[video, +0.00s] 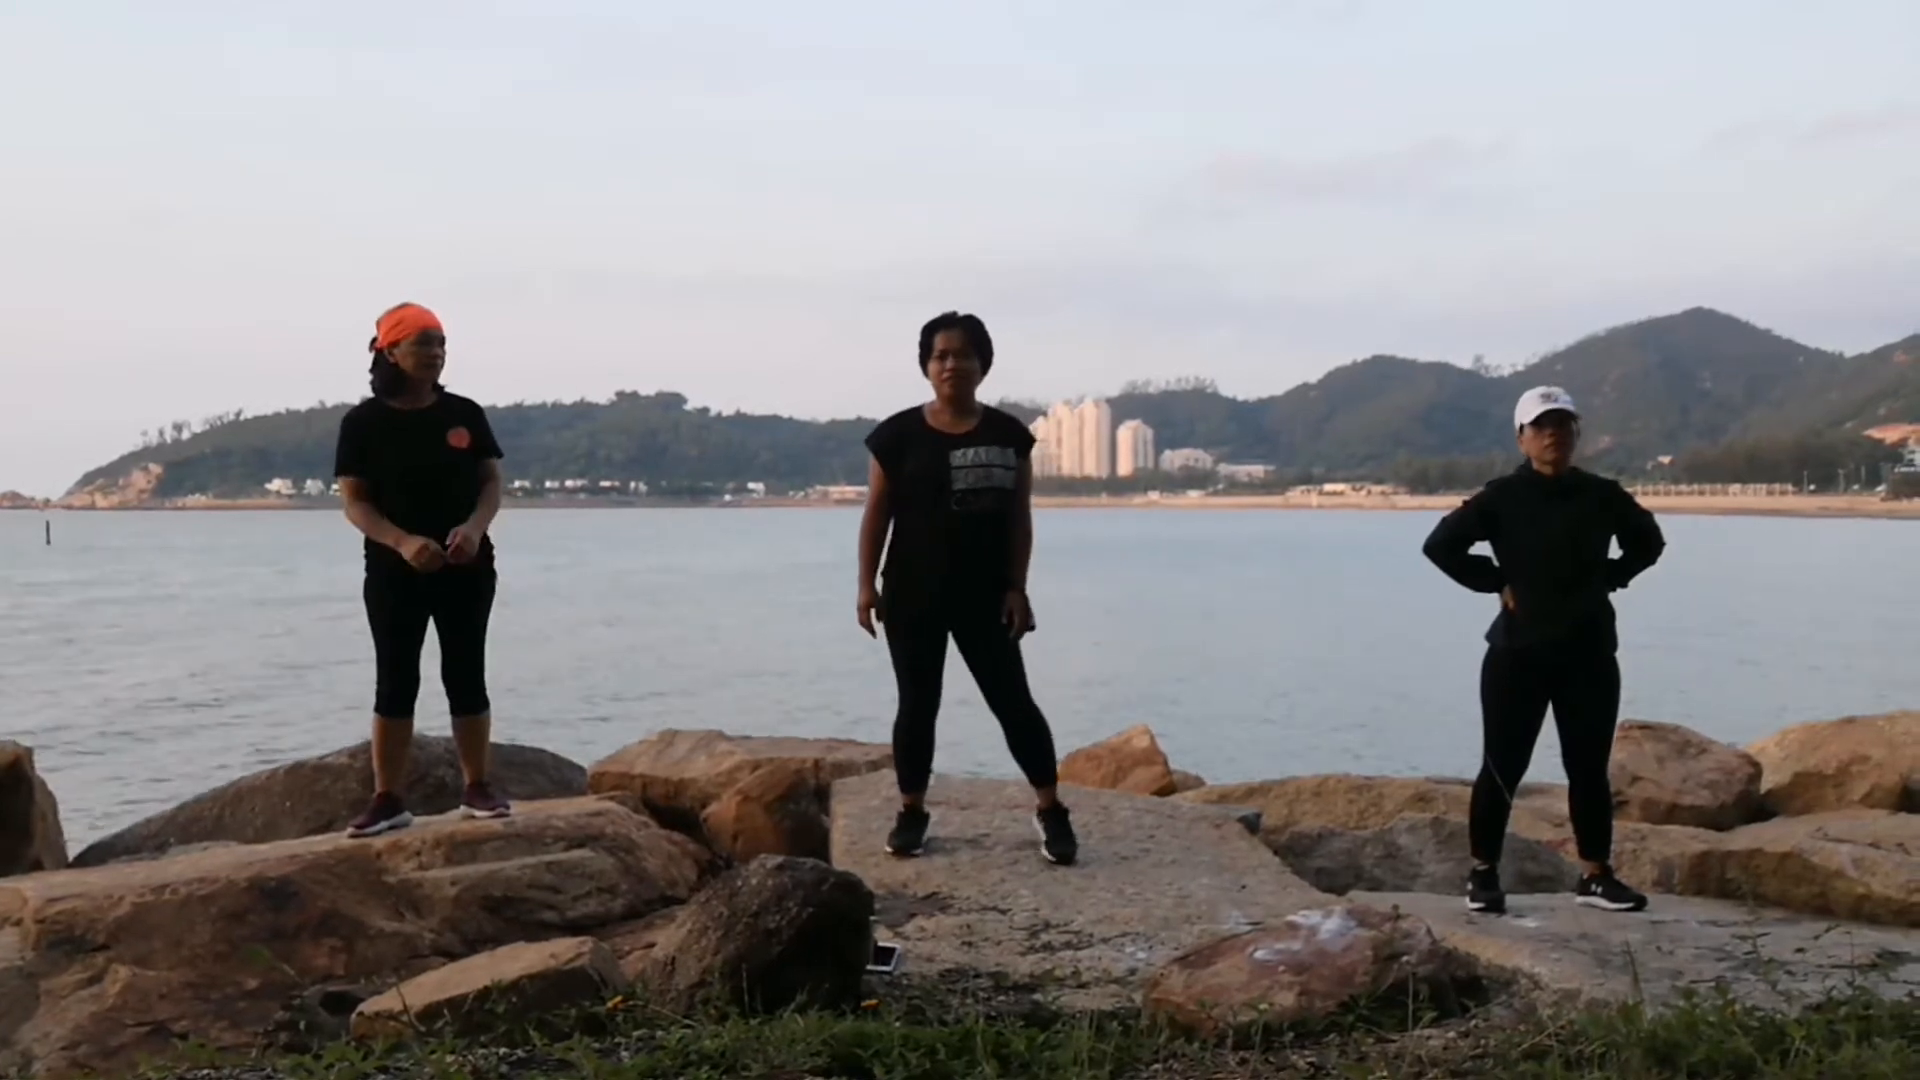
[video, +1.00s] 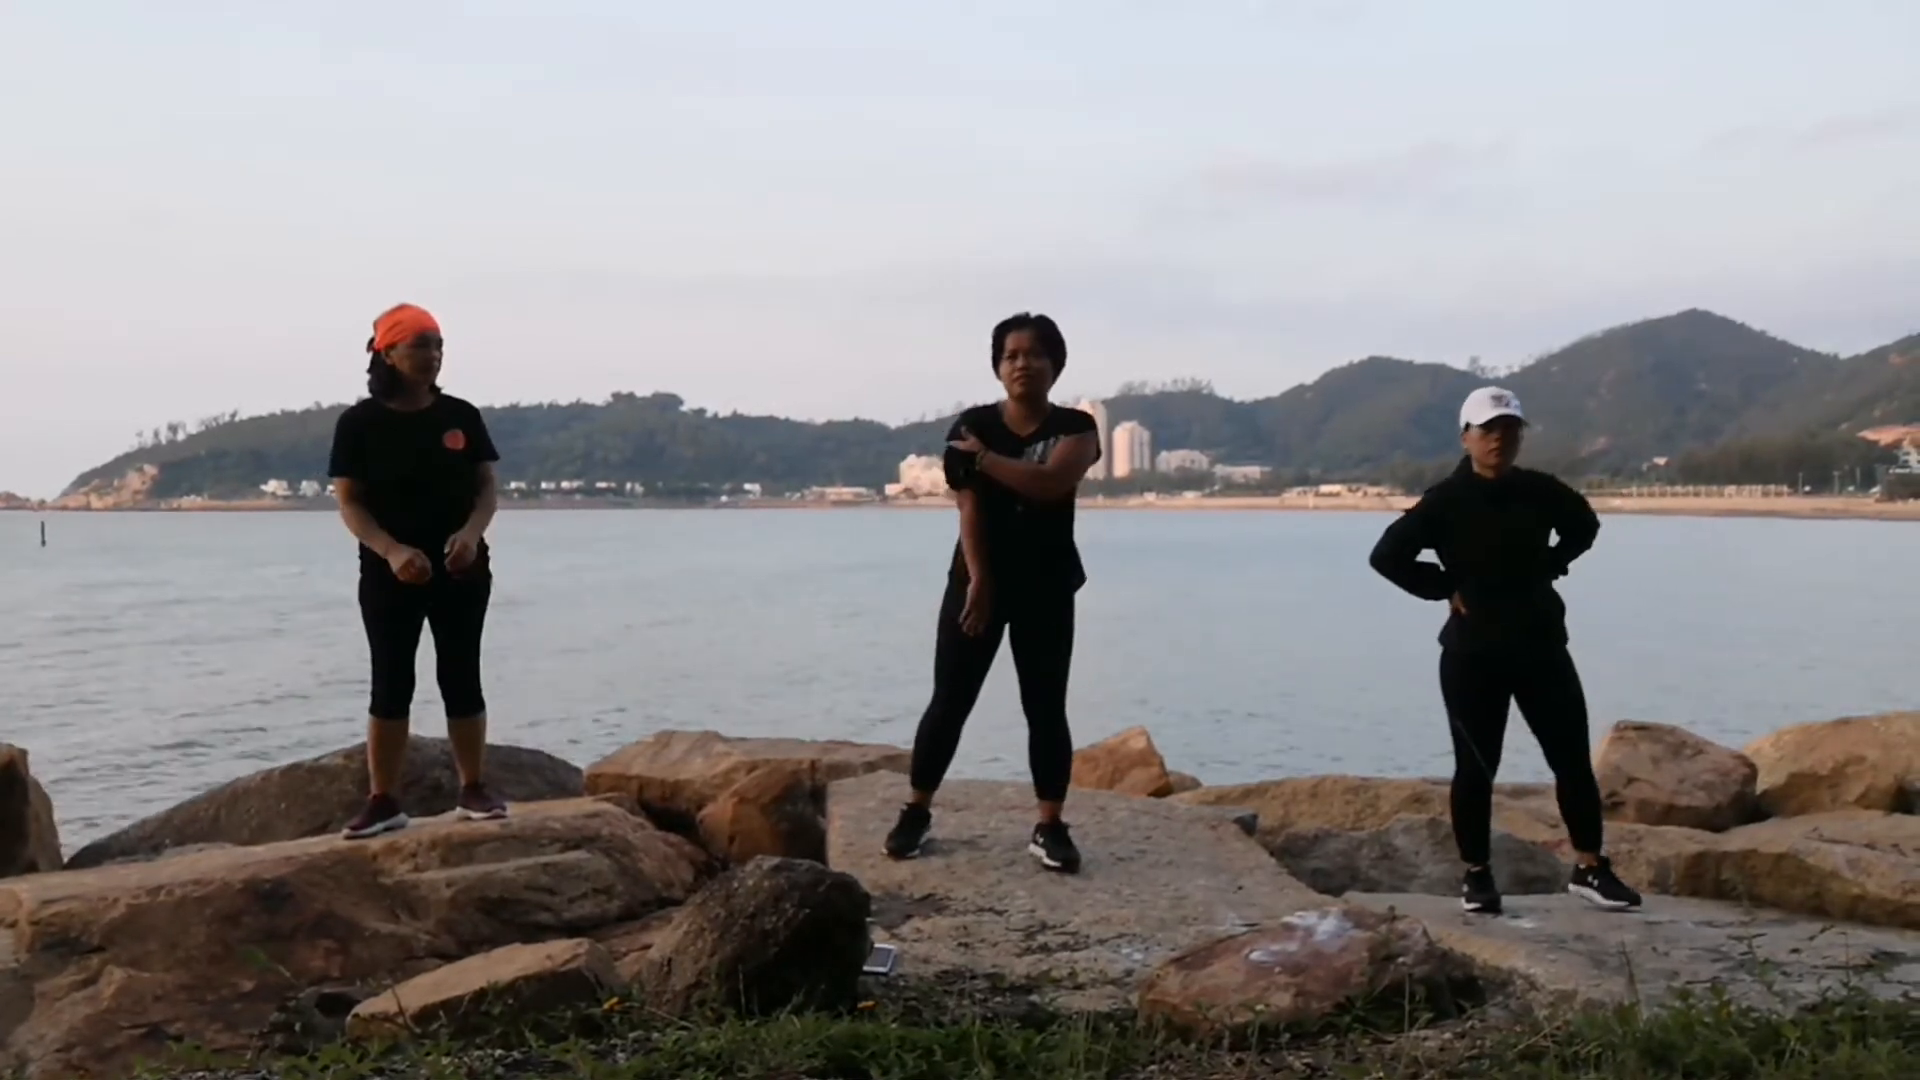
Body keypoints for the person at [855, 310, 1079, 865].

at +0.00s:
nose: (951, 365)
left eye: (963, 356)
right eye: (941, 356)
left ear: (983, 365)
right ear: (926, 365)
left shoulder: (1010, 435)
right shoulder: (897, 435)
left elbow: (1020, 518)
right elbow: (876, 515)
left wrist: (1018, 587)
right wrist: (866, 584)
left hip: (984, 595)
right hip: (914, 595)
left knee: (1016, 706)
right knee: (916, 707)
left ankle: (1051, 811)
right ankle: (911, 812)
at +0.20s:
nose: (951, 366)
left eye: (963, 356)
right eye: (941, 357)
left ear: (984, 364)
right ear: (927, 367)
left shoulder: (1016, 433)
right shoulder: (902, 439)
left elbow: (1031, 514)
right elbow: (881, 518)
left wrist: (1034, 585)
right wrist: (866, 585)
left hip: (993, 594)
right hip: (922, 596)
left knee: (1017, 710)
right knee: (920, 709)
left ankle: (1045, 821)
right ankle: (911, 813)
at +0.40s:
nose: (963, 368)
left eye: (973, 357)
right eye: (952, 360)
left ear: (998, 363)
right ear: (941, 371)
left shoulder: (1036, 434)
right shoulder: (923, 444)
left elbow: (1053, 513)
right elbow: (905, 523)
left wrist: (1057, 584)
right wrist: (890, 591)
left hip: (1013, 597)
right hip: (940, 598)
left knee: (1028, 712)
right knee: (930, 709)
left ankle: (1050, 823)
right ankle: (912, 813)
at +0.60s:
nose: (991, 369)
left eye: (1003, 358)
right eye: (980, 361)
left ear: (1027, 364)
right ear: (971, 372)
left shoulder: (1063, 433)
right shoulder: (951, 441)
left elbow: (1097, 508)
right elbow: (930, 524)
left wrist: (1073, 563)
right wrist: (924, 597)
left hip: (1041, 598)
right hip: (971, 598)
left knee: (1047, 713)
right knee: (947, 709)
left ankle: (1052, 824)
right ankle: (915, 810)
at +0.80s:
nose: (1013, 366)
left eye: (1025, 355)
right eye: (1003, 358)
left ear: (1048, 364)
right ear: (990, 369)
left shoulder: (1076, 427)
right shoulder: (968, 432)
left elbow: (1080, 487)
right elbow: (951, 514)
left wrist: (1001, 476)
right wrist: (947, 585)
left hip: (1048, 591)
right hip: (979, 588)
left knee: (1049, 710)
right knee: (953, 705)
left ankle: (1051, 824)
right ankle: (917, 811)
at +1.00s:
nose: (1021, 365)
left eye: (1033, 355)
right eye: (1010, 356)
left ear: (1055, 365)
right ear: (997, 366)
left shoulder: (1077, 427)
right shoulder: (972, 427)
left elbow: (1053, 483)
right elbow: (968, 510)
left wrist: (982, 459)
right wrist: (979, 579)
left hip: (1046, 587)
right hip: (978, 580)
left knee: (1046, 709)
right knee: (950, 701)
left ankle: (1050, 823)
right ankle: (916, 811)